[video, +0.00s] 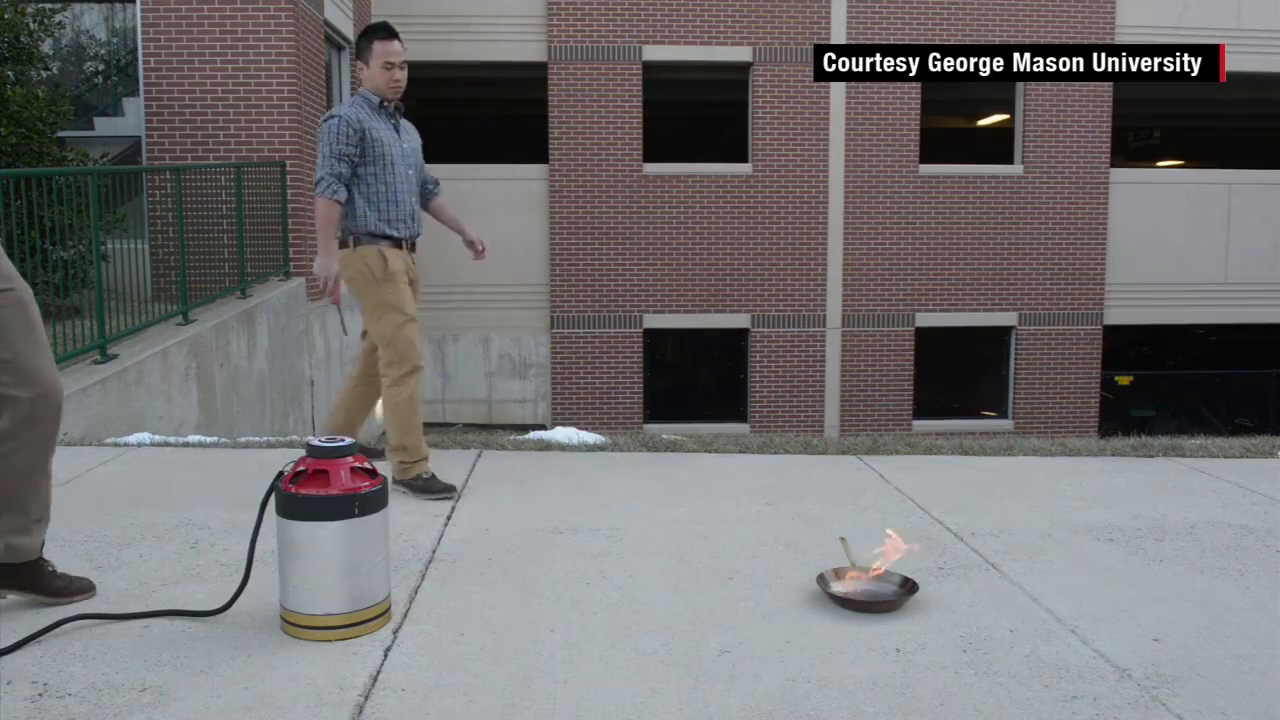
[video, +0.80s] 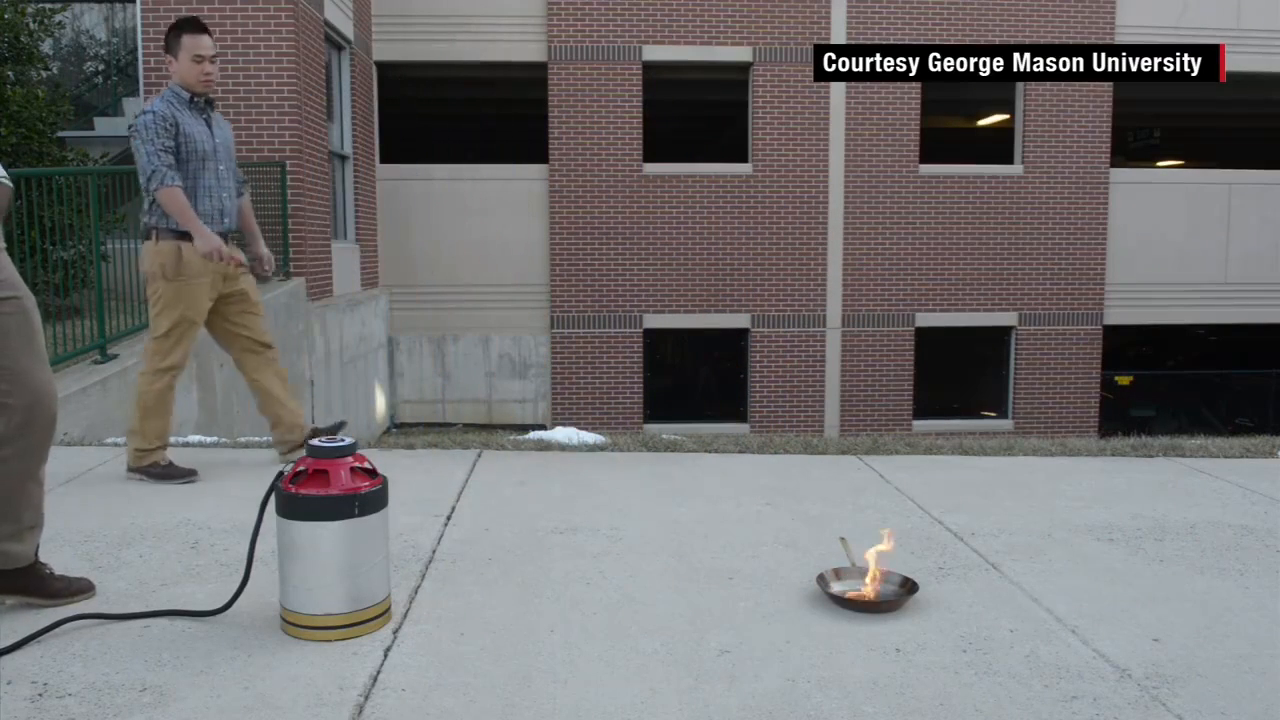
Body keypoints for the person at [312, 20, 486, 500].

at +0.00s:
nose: (399, 74)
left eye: (403, 65)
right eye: (388, 66)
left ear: (406, 68)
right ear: (361, 69)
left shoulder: (406, 129)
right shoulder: (345, 121)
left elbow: (425, 192)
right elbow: (329, 192)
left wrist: (464, 230)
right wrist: (327, 257)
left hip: (404, 254)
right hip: (370, 254)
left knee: (377, 362)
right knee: (403, 360)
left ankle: (329, 448)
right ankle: (412, 469)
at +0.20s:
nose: (373, 74)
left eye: (377, 66)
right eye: (363, 65)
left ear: (379, 70)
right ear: (337, 67)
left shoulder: (374, 128)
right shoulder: (313, 112)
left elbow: (388, 192)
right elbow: (301, 178)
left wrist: (414, 243)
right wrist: (306, 239)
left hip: (368, 250)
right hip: (330, 248)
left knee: (365, 354)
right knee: (348, 353)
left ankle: (333, 444)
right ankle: (366, 448)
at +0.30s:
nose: (354, 71)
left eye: (358, 63)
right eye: (344, 62)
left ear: (362, 67)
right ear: (318, 65)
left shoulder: (361, 127)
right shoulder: (296, 111)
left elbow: (372, 195)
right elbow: (288, 180)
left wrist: (382, 249)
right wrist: (304, 236)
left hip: (354, 248)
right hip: (313, 243)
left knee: (356, 349)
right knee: (329, 345)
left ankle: (340, 439)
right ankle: (313, 442)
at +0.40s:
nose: (321, 69)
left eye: (325, 61)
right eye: (310, 61)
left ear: (330, 66)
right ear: (286, 65)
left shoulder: (327, 120)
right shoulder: (271, 113)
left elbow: (334, 191)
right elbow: (267, 181)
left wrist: (345, 243)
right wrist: (297, 227)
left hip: (331, 245)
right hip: (290, 243)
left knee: (342, 345)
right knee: (293, 339)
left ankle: (334, 443)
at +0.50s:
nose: (297, 71)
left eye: (301, 63)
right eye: (287, 63)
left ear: (305, 67)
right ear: (262, 68)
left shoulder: (303, 124)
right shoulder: (249, 116)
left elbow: (309, 191)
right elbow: (251, 182)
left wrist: (323, 238)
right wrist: (284, 225)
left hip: (309, 251)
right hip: (270, 250)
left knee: (337, 348)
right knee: (257, 348)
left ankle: (336, 444)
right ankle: (183, 427)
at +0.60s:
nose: (273, 75)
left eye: (276, 66)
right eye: (262, 67)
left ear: (279, 70)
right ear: (236, 72)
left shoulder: (280, 128)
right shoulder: (224, 122)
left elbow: (291, 197)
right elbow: (231, 189)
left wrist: (309, 248)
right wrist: (270, 226)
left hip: (294, 259)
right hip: (247, 258)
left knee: (324, 354)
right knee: (221, 358)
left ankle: (338, 446)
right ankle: (159, 443)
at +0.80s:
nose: (209, 67)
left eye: (213, 58)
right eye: (198, 59)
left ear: (217, 63)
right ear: (171, 63)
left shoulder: (219, 123)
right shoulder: (155, 116)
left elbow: (235, 188)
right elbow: (162, 185)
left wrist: (256, 241)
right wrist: (200, 230)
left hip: (224, 253)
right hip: (177, 252)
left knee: (257, 349)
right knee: (165, 359)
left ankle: (295, 440)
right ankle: (146, 456)